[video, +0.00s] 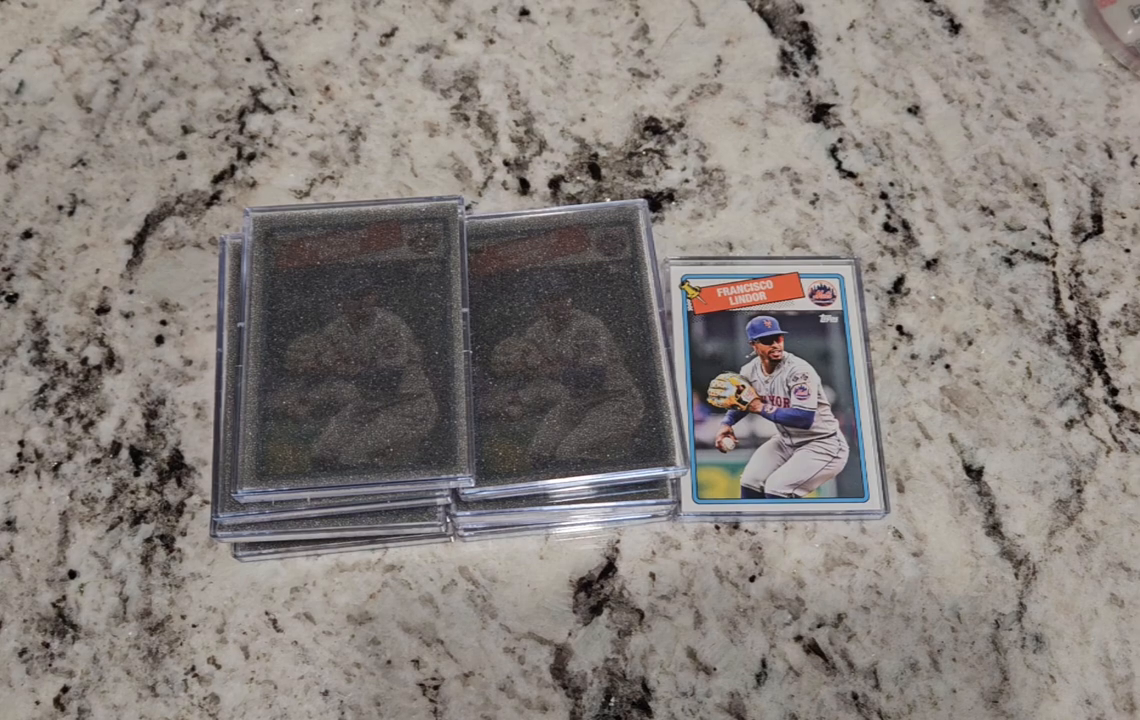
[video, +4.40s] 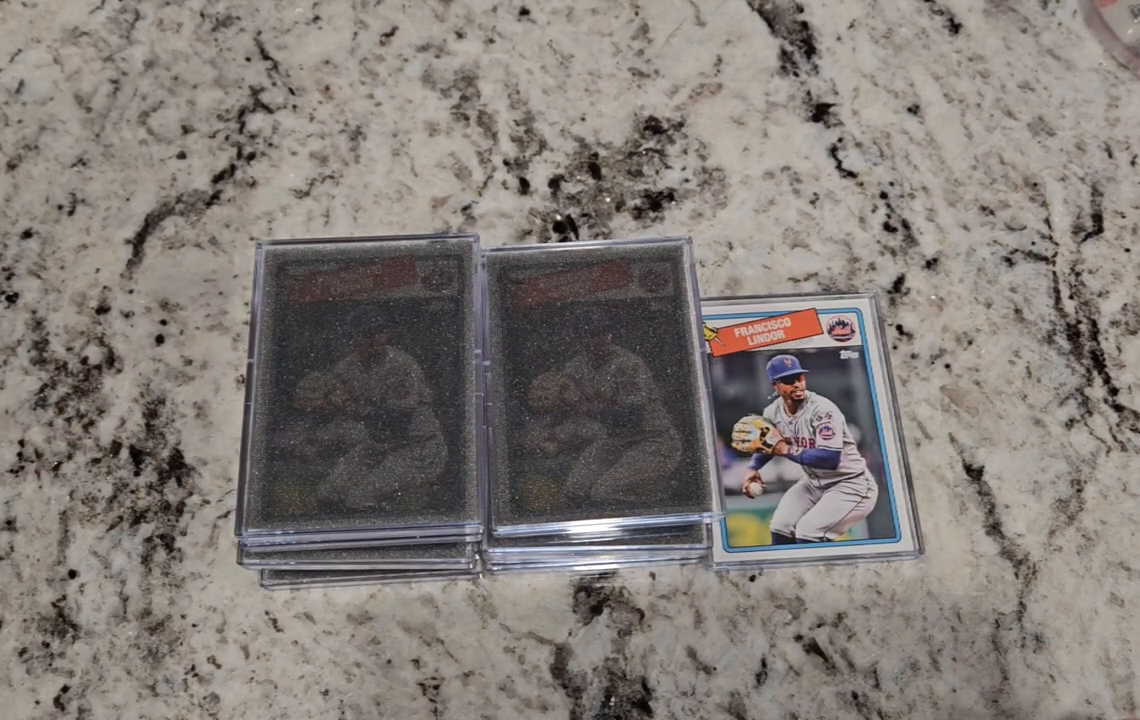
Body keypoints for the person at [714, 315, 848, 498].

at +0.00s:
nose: (775, 345)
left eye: (778, 339)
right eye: (767, 341)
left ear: (783, 339)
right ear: (754, 346)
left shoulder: (800, 371)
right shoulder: (748, 372)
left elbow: (803, 419)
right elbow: (742, 403)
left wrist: (760, 407)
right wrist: (726, 425)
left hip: (824, 445)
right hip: (786, 443)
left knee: (776, 488)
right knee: (750, 482)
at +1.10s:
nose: (782, 362)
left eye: (784, 355)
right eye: (774, 358)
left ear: (789, 355)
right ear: (761, 363)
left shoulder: (808, 386)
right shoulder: (757, 389)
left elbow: (814, 433)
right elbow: (753, 421)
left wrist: (771, 425)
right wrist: (737, 445)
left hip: (826, 462)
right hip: (795, 460)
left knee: (791, 507)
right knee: (764, 503)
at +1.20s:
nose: (801, 377)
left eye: (803, 370)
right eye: (793, 373)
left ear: (809, 370)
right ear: (780, 379)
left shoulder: (826, 402)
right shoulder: (775, 404)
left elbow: (834, 450)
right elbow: (771, 437)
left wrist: (789, 441)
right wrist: (755, 461)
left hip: (845, 479)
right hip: (814, 476)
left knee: (809, 524)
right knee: (782, 519)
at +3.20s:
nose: (798, 385)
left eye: (800, 378)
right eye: (789, 381)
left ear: (804, 377)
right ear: (776, 386)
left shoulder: (823, 410)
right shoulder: (772, 413)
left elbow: (830, 460)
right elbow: (768, 446)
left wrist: (786, 449)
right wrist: (752, 469)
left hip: (853, 485)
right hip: (815, 485)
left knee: (807, 532)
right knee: (780, 529)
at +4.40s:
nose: (798, 385)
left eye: (800, 378)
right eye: (789, 381)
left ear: (805, 377)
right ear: (776, 386)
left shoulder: (823, 410)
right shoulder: (772, 413)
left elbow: (830, 460)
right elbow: (768, 446)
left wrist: (786, 449)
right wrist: (752, 469)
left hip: (853, 485)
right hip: (814, 485)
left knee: (807, 532)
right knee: (781, 529)